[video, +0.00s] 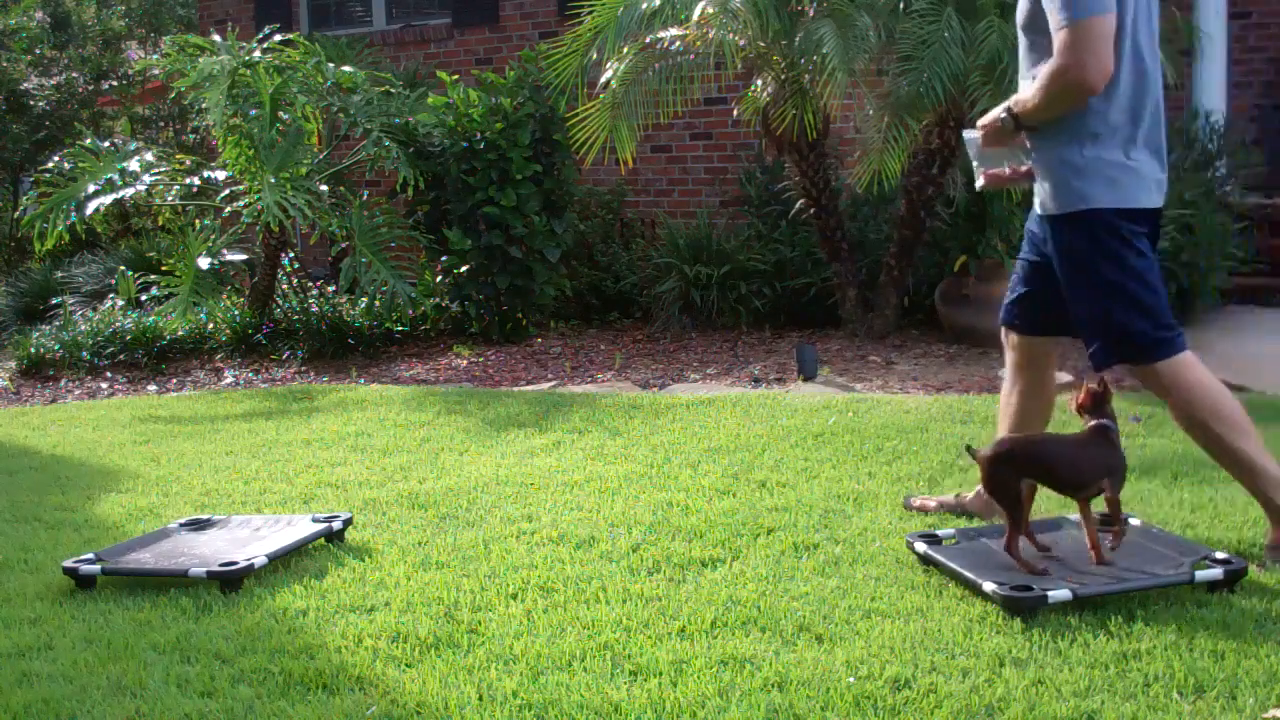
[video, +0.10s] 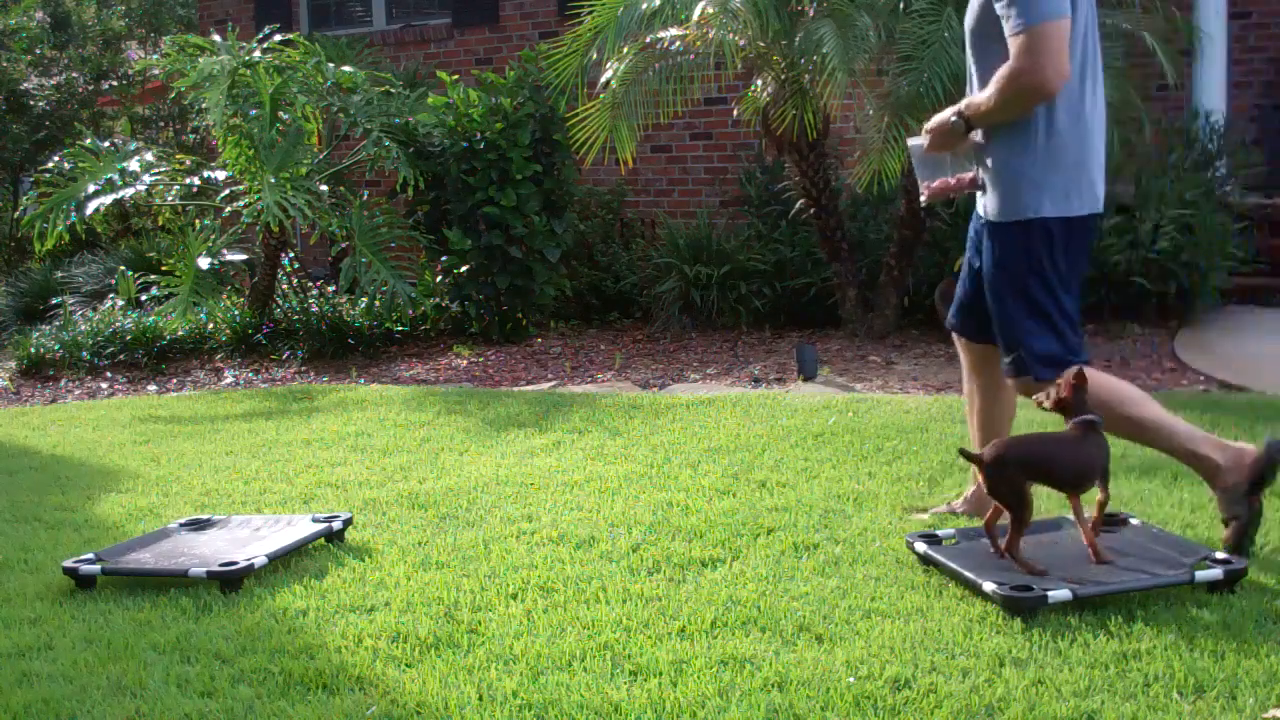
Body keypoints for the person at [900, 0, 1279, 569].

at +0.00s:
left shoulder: (1083, 0)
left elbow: (1083, 68)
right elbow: (1113, 84)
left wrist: (1011, 114)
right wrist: (1040, 156)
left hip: (1094, 186)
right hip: (1073, 184)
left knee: (1160, 359)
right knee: (1026, 332)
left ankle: (1278, 504)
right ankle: (1001, 494)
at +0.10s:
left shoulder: (1032, 1)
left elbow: (1041, 71)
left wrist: (962, 117)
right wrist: (980, 171)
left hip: (1041, 189)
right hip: (1015, 191)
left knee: (1043, 375)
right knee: (973, 328)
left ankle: (1226, 463)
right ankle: (988, 493)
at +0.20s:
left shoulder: (995, 3)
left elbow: (1002, 65)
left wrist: (917, 110)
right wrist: (917, 165)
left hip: (986, 180)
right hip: (1001, 178)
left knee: (926, 348)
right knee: (974, 341)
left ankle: (1113, 408)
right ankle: (982, 493)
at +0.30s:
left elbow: (967, 58)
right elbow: (933, 62)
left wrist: (877, 101)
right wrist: (869, 116)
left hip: (933, 172)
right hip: (970, 170)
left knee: (837, 314)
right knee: (953, 334)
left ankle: (988, 416)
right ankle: (984, 479)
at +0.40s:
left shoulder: (911, 2)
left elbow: (930, 62)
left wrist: (838, 102)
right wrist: (830, 142)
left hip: (886, 171)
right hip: (929, 172)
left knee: (777, 306)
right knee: (941, 327)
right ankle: (983, 489)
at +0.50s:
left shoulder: (863, 1)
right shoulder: (829, 8)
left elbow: (880, 78)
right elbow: (860, 93)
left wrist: (788, 117)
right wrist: (785, 164)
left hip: (840, 188)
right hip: (881, 185)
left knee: (750, 335)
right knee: (920, 335)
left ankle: (695, 504)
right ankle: (979, 487)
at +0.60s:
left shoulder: (799, 2)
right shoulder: (809, 4)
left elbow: (814, 98)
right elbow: (796, 94)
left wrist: (731, 132)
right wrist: (727, 130)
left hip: (782, 203)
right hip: (826, 199)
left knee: (711, 355)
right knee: (874, 341)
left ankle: (671, 520)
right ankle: (967, 478)